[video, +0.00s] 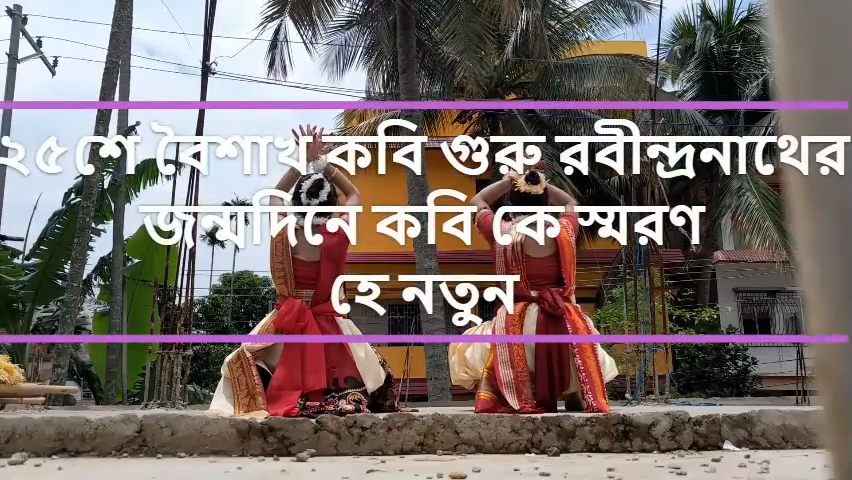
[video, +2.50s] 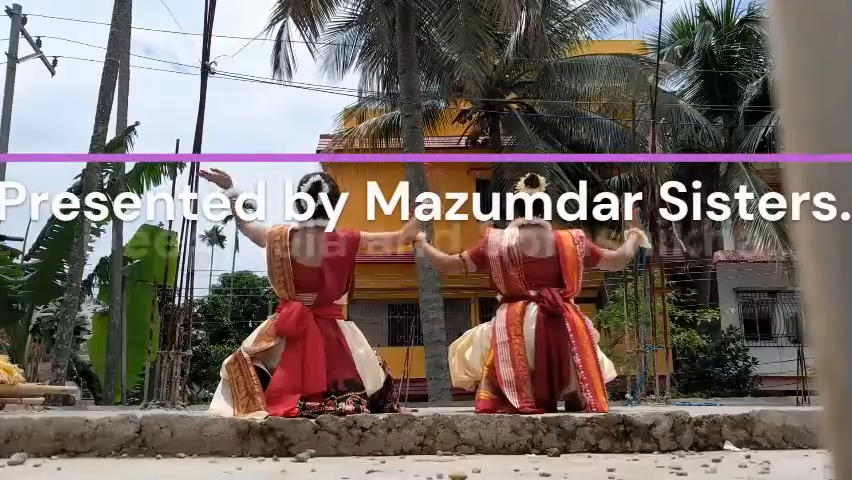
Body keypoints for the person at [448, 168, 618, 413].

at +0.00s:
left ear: (511, 209)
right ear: (544, 206)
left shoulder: (503, 233)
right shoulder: (563, 232)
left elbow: (480, 200)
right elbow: (569, 202)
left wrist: (507, 182)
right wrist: (542, 185)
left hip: (518, 318)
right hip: (562, 317)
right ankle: (574, 394)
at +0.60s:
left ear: (509, 202)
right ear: (545, 201)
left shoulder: (501, 231)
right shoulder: (562, 228)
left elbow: (479, 197)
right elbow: (566, 198)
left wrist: (502, 168)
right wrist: (542, 170)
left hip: (516, 321)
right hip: (561, 319)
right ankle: (576, 394)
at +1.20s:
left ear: (514, 207)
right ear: (546, 207)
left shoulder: (501, 233)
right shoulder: (564, 232)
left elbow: (462, 219)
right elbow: (595, 209)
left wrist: (467, 184)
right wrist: (568, 180)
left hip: (514, 316)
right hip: (559, 315)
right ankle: (579, 397)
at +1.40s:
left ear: (510, 207)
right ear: (544, 207)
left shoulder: (495, 236)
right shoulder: (566, 234)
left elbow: (446, 222)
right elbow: (605, 221)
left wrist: (447, 192)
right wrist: (593, 192)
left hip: (512, 325)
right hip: (561, 323)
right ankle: (575, 394)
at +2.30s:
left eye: (515, 204)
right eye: (537, 202)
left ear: (511, 209)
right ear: (547, 207)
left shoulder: (494, 240)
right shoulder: (569, 238)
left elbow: (442, 252)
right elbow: (619, 245)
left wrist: (426, 226)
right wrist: (616, 216)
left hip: (512, 328)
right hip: (563, 326)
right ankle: (578, 395)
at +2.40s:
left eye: (522, 201)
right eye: (536, 201)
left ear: (511, 206)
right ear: (547, 205)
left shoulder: (493, 240)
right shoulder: (570, 240)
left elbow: (452, 260)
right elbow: (620, 253)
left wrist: (423, 239)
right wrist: (624, 227)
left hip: (511, 330)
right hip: (565, 327)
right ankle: (578, 400)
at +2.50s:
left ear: (512, 207)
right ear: (548, 207)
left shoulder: (495, 241)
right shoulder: (571, 240)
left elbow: (449, 265)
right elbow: (617, 260)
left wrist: (419, 244)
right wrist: (633, 239)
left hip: (513, 330)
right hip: (565, 328)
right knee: (578, 403)